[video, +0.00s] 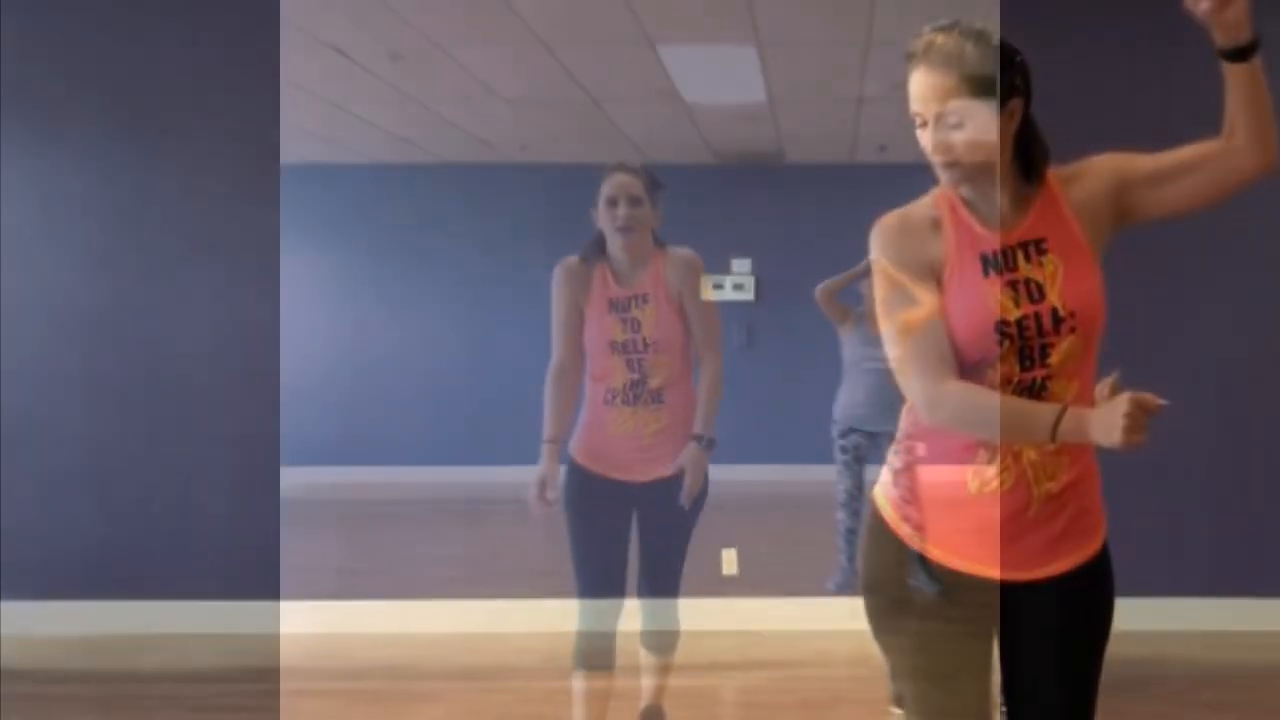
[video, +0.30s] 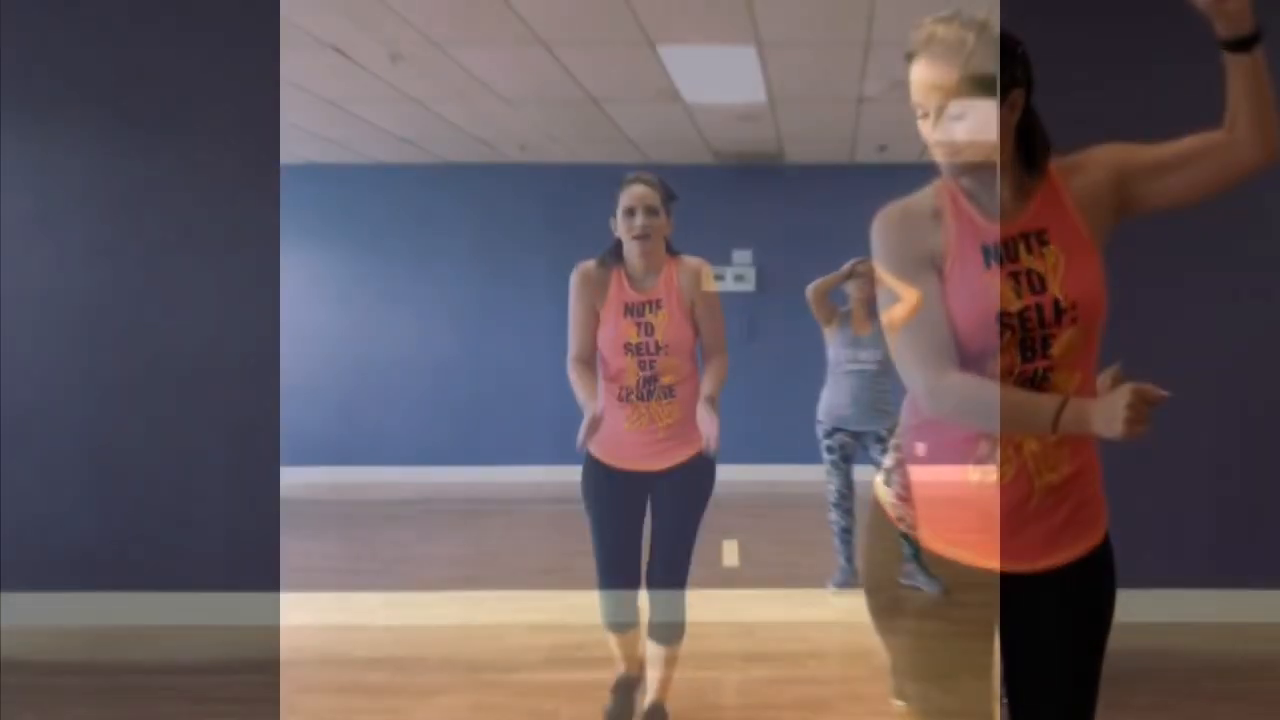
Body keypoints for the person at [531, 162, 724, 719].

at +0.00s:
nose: (623, 211)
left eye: (635, 201)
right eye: (612, 202)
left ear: (654, 211)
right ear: (597, 213)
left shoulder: (681, 267)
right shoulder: (574, 275)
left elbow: (709, 356)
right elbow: (563, 367)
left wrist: (701, 441)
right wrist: (551, 454)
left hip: (671, 464)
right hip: (596, 464)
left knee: (659, 600)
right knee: (597, 606)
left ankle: (651, 708)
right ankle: (589, 715)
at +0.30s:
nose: (640, 220)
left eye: (650, 211)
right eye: (629, 211)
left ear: (668, 219)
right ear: (615, 221)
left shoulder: (693, 274)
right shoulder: (591, 278)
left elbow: (716, 353)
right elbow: (580, 359)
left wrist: (705, 400)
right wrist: (592, 402)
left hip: (684, 453)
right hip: (611, 454)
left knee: (666, 585)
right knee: (615, 593)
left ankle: (656, 701)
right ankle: (630, 673)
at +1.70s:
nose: (618, 230)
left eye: (627, 222)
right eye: (608, 222)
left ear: (639, 231)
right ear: (592, 231)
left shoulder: (654, 288)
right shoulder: (564, 282)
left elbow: (669, 364)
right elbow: (534, 364)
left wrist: (618, 369)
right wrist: (556, 339)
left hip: (636, 448)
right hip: (570, 448)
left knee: (642, 563)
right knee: (577, 560)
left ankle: (658, 683)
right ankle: (570, 666)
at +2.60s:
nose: (709, 226)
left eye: (713, 217)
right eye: (698, 217)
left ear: (713, 224)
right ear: (666, 222)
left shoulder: (729, 278)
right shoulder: (635, 281)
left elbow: (754, 359)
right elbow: (623, 371)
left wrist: (684, 364)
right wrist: (621, 333)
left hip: (715, 441)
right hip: (647, 440)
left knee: (715, 569)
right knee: (596, 555)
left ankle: (721, 687)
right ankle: (598, 665)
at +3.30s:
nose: (658, 238)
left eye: (659, 229)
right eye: (647, 229)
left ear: (652, 235)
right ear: (612, 235)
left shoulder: (665, 295)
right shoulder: (568, 292)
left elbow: (687, 375)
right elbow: (542, 378)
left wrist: (635, 376)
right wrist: (566, 343)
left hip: (651, 458)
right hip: (576, 457)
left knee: (685, 576)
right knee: (565, 580)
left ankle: (719, 689)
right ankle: (545, 690)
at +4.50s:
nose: (656, 229)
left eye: (664, 218)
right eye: (646, 222)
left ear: (685, 221)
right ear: (637, 232)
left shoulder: (718, 278)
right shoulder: (631, 285)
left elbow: (753, 357)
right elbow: (575, 329)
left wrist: (687, 368)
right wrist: (612, 264)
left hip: (710, 444)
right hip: (642, 442)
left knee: (711, 572)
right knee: (605, 568)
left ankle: (722, 686)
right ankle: (586, 678)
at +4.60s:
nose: (664, 223)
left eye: (673, 212)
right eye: (654, 215)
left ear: (694, 215)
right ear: (645, 224)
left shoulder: (725, 271)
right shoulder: (637, 279)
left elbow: (760, 348)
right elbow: (568, 319)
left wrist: (693, 361)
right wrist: (610, 265)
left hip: (714, 439)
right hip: (647, 437)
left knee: (718, 568)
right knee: (632, 566)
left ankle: (722, 683)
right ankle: (657, 658)